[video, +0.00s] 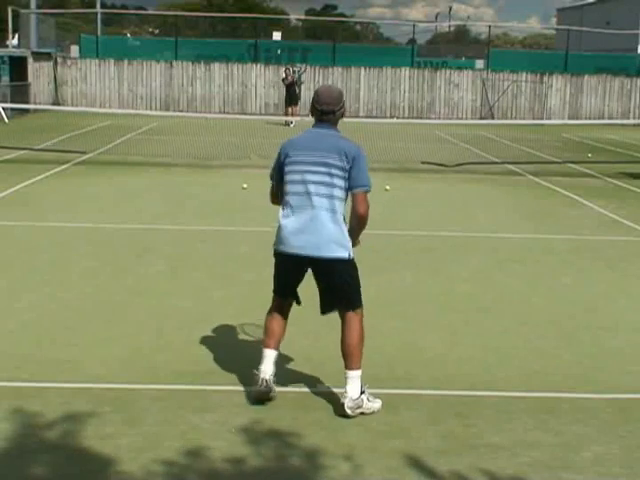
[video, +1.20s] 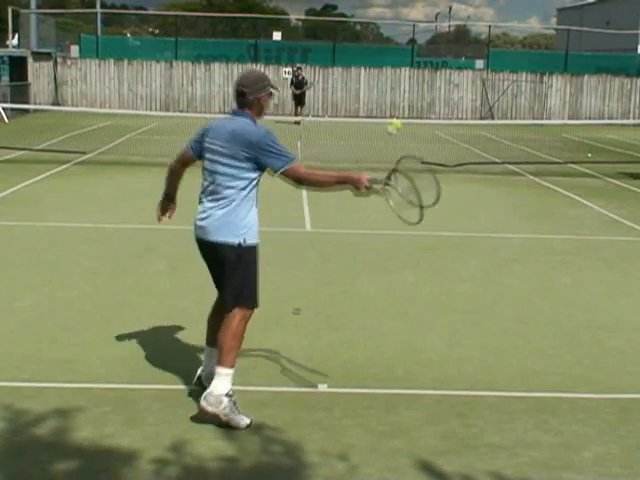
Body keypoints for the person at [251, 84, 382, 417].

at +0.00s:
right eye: (341, 111)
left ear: (311, 112)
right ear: (341, 114)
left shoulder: (289, 146)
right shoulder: (351, 151)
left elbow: (276, 197)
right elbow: (361, 210)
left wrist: (307, 197)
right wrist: (352, 237)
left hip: (290, 243)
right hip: (332, 246)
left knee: (280, 304)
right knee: (351, 311)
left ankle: (265, 373)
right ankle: (353, 394)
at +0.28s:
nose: (319, 120)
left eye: (313, 115)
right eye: (318, 116)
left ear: (288, 116)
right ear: (315, 120)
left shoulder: (268, 146)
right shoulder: (308, 158)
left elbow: (296, 184)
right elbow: (312, 215)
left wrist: (341, 187)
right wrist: (342, 231)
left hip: (251, 248)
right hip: (287, 254)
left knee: (269, 308)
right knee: (320, 318)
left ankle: (244, 384)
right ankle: (343, 394)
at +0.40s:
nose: (305, 115)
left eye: (297, 110)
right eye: (305, 111)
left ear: (276, 109)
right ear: (304, 114)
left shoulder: (259, 138)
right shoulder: (289, 150)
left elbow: (298, 169)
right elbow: (291, 207)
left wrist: (341, 171)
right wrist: (333, 220)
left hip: (234, 240)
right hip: (265, 246)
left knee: (258, 308)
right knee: (295, 311)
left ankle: (243, 385)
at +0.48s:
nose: (300, 111)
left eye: (293, 106)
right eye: (300, 107)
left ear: (271, 106)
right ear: (298, 111)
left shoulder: (255, 135)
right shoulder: (280, 145)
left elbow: (292, 163)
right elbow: (280, 202)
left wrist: (339, 162)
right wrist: (328, 213)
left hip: (227, 236)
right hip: (254, 244)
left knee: (250, 306)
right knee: (275, 312)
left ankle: (239, 378)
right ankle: (239, 396)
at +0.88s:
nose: (288, 126)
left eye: (287, 121)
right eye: (287, 121)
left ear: (256, 120)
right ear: (281, 124)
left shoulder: (248, 143)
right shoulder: (251, 151)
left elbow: (275, 165)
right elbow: (239, 195)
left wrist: (311, 170)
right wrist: (281, 196)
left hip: (206, 241)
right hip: (216, 248)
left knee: (223, 314)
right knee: (232, 326)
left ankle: (202, 371)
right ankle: (207, 407)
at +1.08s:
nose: (279, 117)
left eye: (278, 112)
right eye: (279, 112)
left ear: (250, 110)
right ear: (274, 114)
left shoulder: (238, 140)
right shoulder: (247, 145)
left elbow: (269, 195)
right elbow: (272, 196)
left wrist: (313, 203)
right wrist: (320, 203)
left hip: (209, 238)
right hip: (221, 244)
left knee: (224, 315)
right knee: (235, 319)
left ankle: (209, 373)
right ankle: (209, 403)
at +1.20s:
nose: (269, 101)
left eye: (268, 96)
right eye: (267, 96)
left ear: (240, 97)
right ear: (257, 98)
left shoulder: (212, 128)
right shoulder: (256, 135)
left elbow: (179, 163)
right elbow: (299, 175)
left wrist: (168, 196)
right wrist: (349, 179)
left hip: (207, 232)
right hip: (236, 237)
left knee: (226, 299)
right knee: (242, 308)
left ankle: (209, 368)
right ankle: (218, 394)